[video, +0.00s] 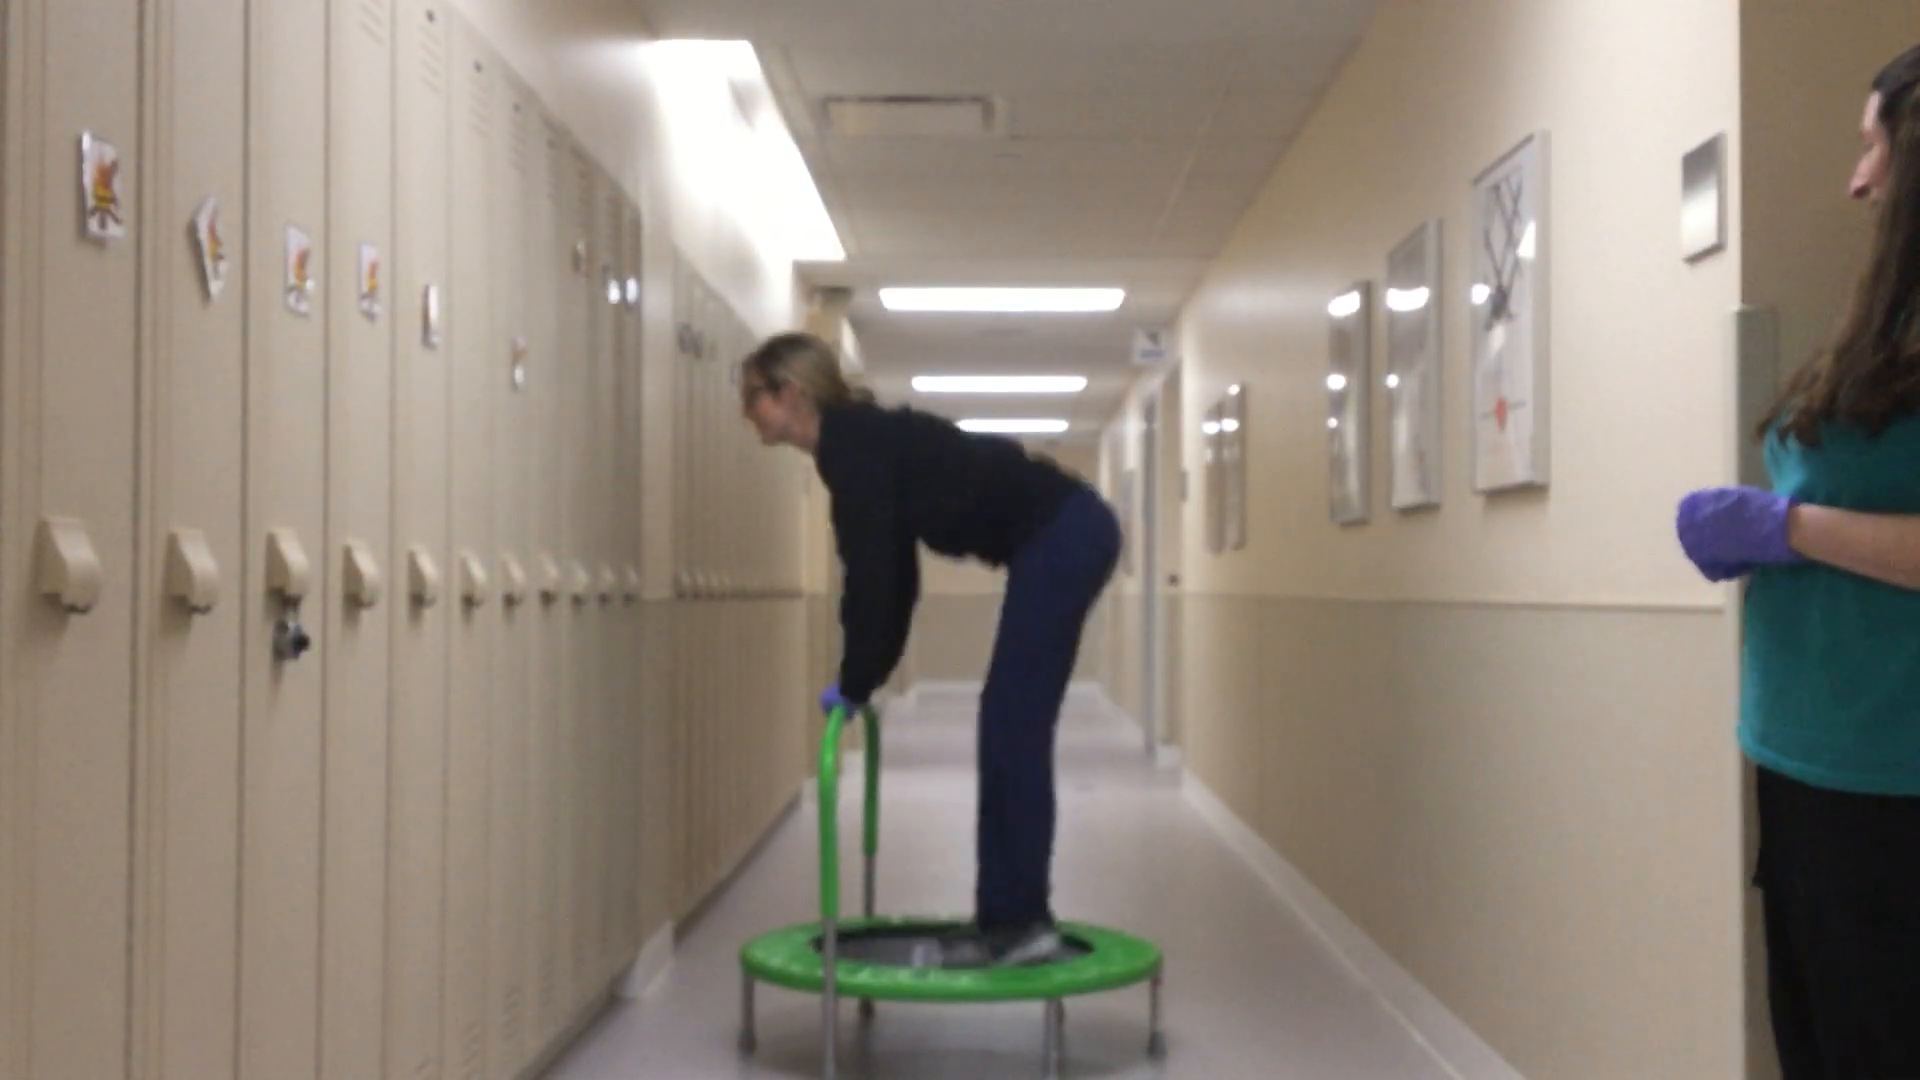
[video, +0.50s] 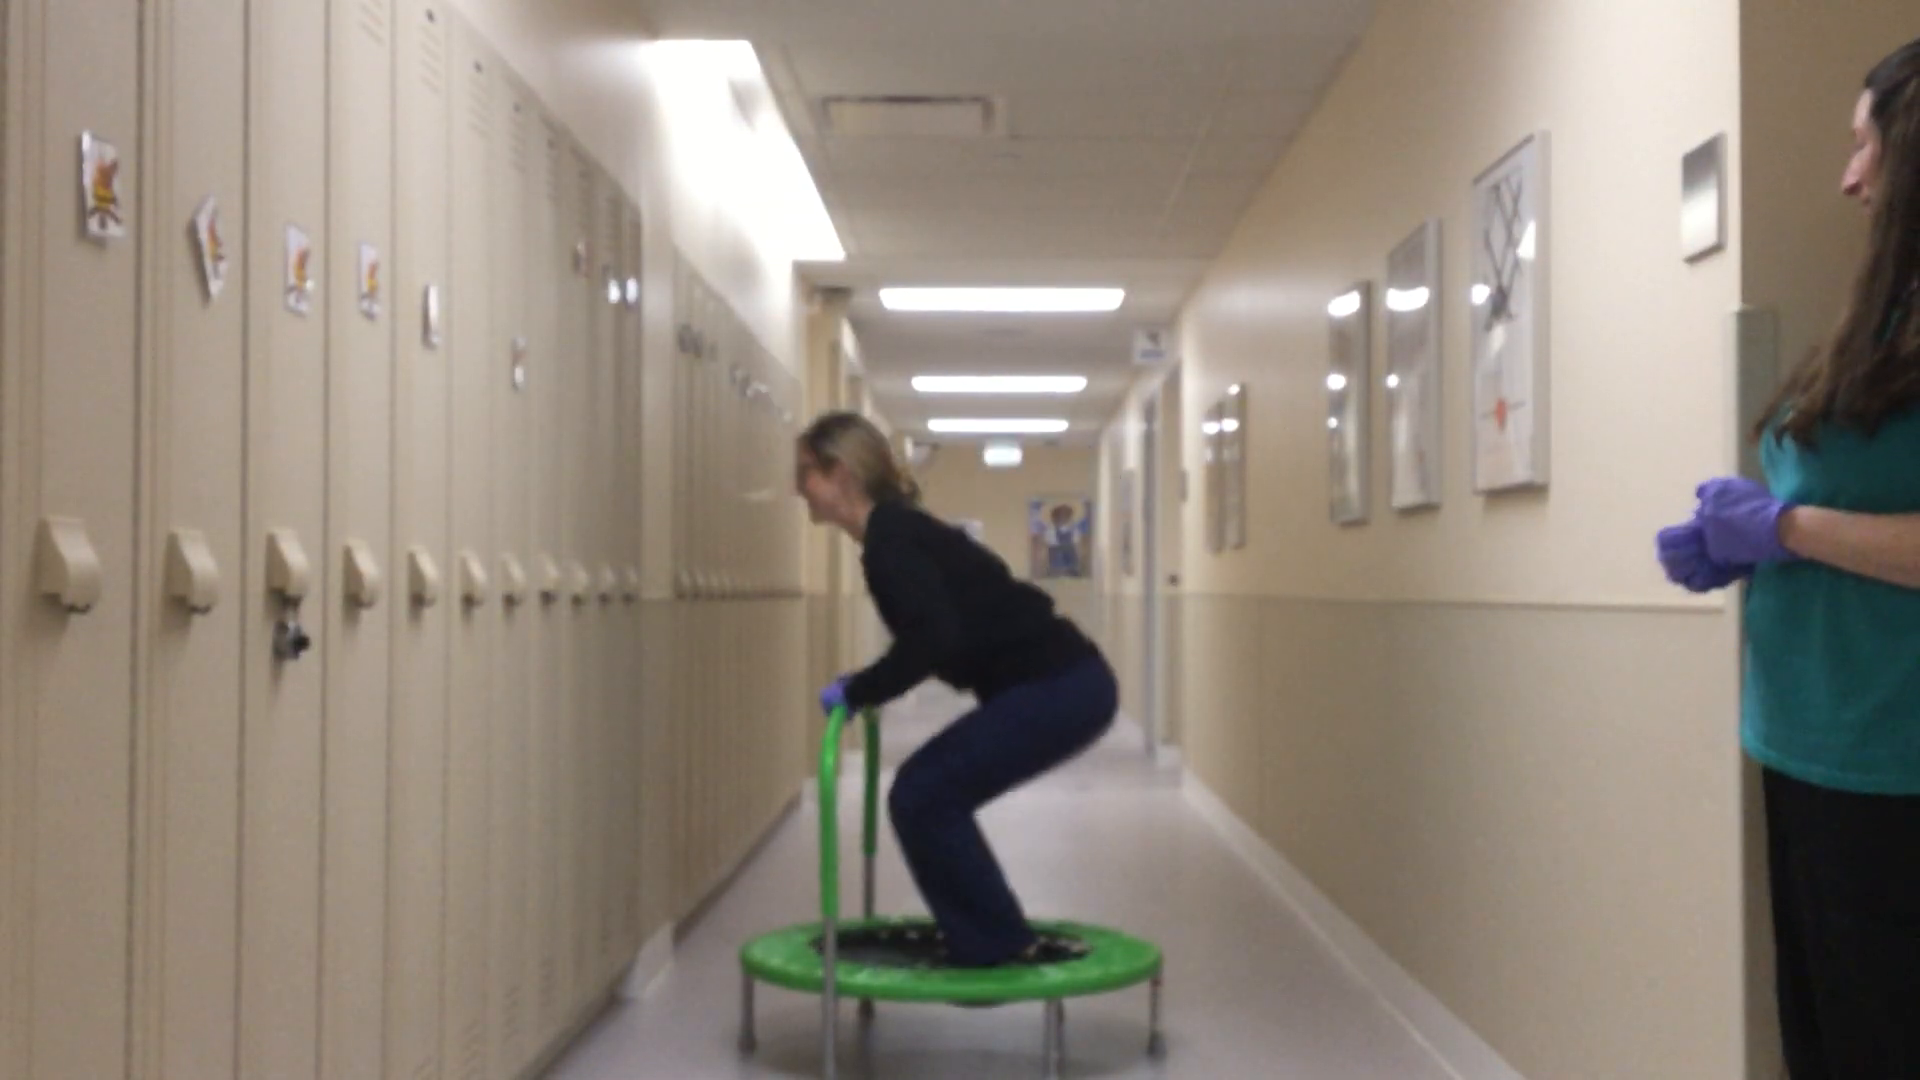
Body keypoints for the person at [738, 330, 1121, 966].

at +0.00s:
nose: (750, 417)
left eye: (753, 400)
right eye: (747, 403)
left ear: (788, 394)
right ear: (798, 393)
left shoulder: (851, 443)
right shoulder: (862, 438)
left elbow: (873, 569)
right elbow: (894, 573)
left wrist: (854, 682)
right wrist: (861, 679)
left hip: (1061, 539)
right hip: (1060, 537)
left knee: (1014, 723)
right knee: (1012, 721)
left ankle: (1014, 919)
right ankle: (1011, 916)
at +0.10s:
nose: (743, 406)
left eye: (747, 388)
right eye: (741, 391)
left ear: (784, 382)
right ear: (793, 383)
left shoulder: (844, 432)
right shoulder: (854, 428)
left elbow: (860, 562)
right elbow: (877, 566)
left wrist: (852, 682)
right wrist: (860, 679)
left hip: (1063, 495)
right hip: (1062, 495)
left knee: (1014, 681)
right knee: (1015, 682)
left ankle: (1004, 866)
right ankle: (1002, 862)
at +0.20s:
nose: (742, 407)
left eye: (746, 389)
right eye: (740, 393)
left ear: (784, 384)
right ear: (792, 385)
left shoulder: (844, 434)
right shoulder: (852, 429)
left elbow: (860, 561)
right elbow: (875, 565)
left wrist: (851, 681)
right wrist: (859, 678)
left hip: (1065, 497)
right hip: (1061, 497)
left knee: (1010, 679)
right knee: (1009, 678)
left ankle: (989, 862)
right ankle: (987, 858)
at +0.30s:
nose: (753, 418)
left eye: (758, 401)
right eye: (751, 403)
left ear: (795, 396)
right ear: (801, 397)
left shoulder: (856, 448)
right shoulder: (859, 446)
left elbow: (877, 575)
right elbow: (894, 577)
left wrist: (853, 684)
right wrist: (858, 681)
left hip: (1065, 542)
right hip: (1057, 542)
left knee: (988, 707)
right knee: (982, 705)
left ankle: (1002, 900)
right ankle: (985, 897)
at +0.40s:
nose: (776, 450)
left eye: (782, 434)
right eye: (774, 436)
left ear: (818, 432)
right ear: (820, 434)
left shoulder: (873, 491)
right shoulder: (870, 489)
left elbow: (911, 608)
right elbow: (908, 607)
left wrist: (857, 687)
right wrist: (858, 682)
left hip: (1061, 622)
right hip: (1056, 620)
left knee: (955, 766)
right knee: (956, 764)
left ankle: (998, 936)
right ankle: (996, 932)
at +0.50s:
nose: (798, 488)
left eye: (805, 473)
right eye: (799, 473)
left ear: (839, 475)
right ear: (841, 477)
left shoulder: (894, 538)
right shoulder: (891, 536)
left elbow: (931, 641)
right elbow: (928, 641)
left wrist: (858, 691)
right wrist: (861, 687)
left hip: (1064, 688)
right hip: (1056, 685)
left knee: (922, 795)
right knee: (919, 792)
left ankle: (993, 943)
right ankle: (987, 937)